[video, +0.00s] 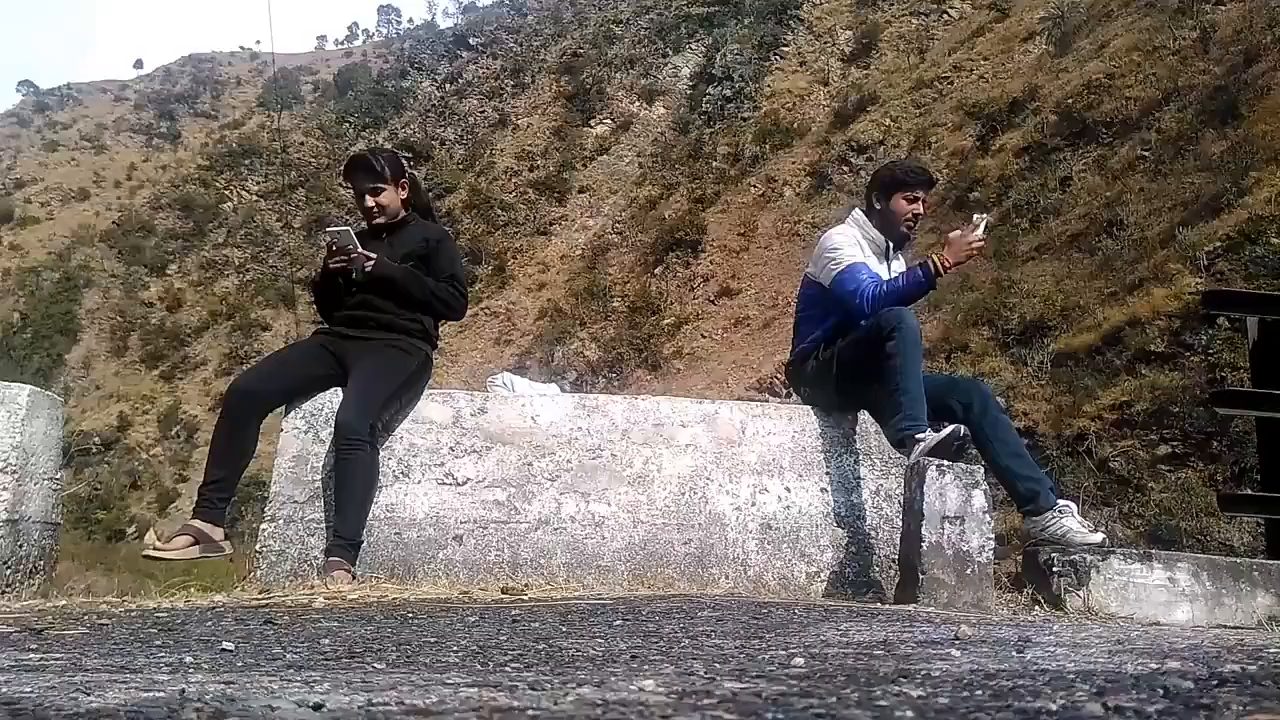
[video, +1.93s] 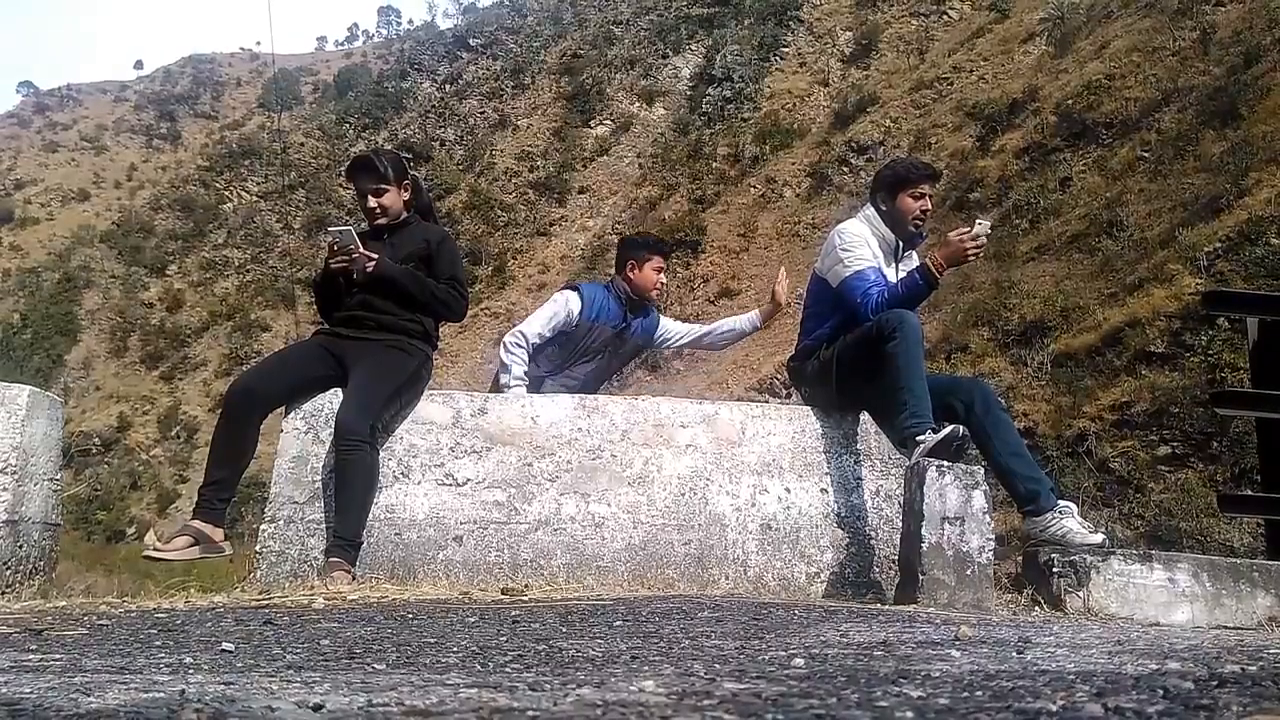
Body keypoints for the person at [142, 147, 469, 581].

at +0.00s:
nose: (369, 202)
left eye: (377, 191)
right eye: (361, 194)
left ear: (403, 187)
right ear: (356, 195)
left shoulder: (432, 236)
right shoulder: (353, 236)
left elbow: (455, 303)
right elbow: (329, 309)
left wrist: (383, 268)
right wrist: (331, 271)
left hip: (396, 348)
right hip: (336, 341)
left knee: (353, 427)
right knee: (245, 393)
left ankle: (340, 564)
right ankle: (208, 527)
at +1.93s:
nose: (372, 203)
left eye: (380, 193)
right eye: (364, 195)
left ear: (406, 189)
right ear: (359, 195)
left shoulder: (434, 237)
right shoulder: (356, 236)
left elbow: (455, 305)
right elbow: (330, 310)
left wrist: (385, 269)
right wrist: (333, 273)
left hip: (397, 350)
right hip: (336, 342)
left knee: (354, 427)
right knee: (246, 393)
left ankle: (340, 564)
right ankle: (207, 526)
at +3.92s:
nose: (392, 178)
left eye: (400, 171)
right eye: (381, 171)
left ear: (412, 179)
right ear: (366, 182)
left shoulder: (432, 232)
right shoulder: (352, 233)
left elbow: (456, 302)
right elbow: (326, 305)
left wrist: (388, 266)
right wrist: (331, 269)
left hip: (397, 345)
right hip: (337, 338)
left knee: (354, 425)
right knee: (246, 391)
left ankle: (340, 560)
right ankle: (208, 523)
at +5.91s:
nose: (372, 189)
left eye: (383, 180)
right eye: (367, 179)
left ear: (412, 183)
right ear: (363, 181)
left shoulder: (433, 233)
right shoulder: (355, 228)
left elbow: (455, 301)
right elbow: (326, 301)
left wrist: (386, 263)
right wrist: (336, 263)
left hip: (396, 344)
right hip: (335, 336)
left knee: (353, 425)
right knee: (246, 388)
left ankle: (341, 561)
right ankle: (208, 521)